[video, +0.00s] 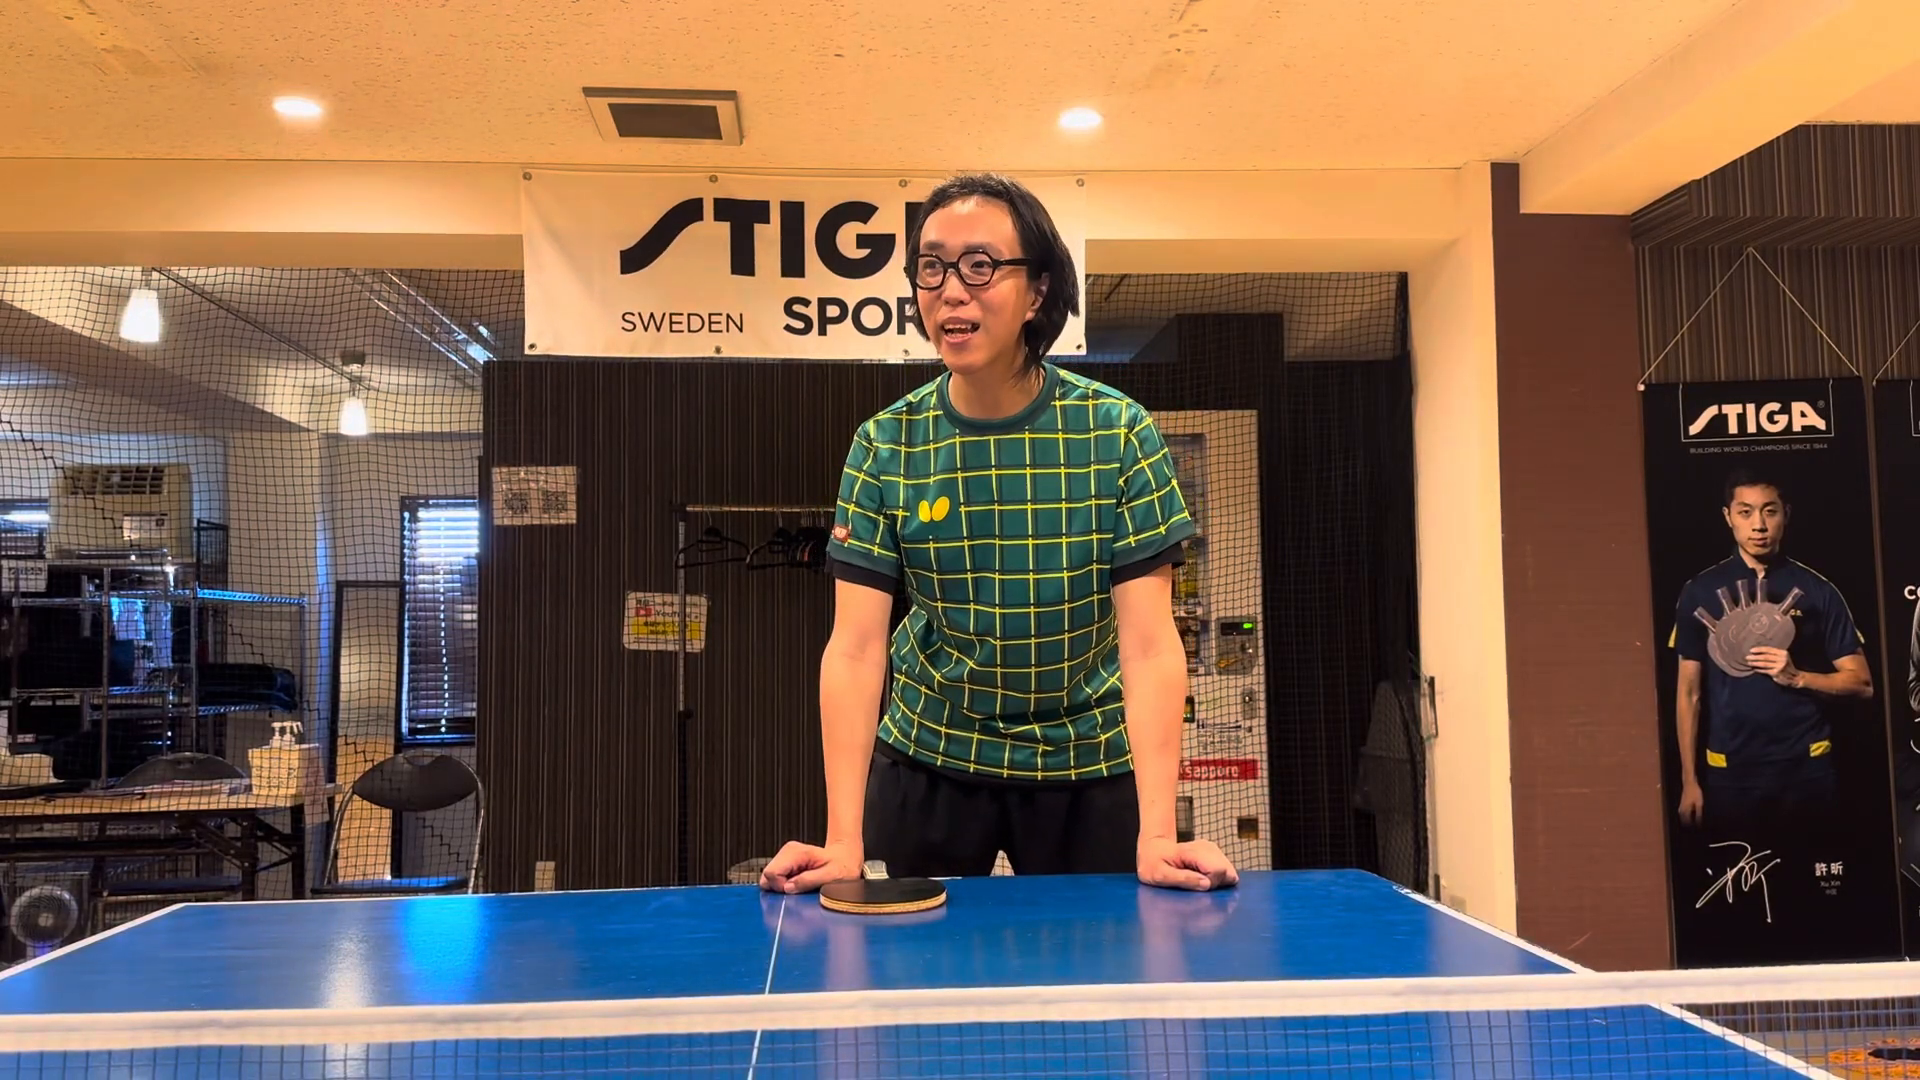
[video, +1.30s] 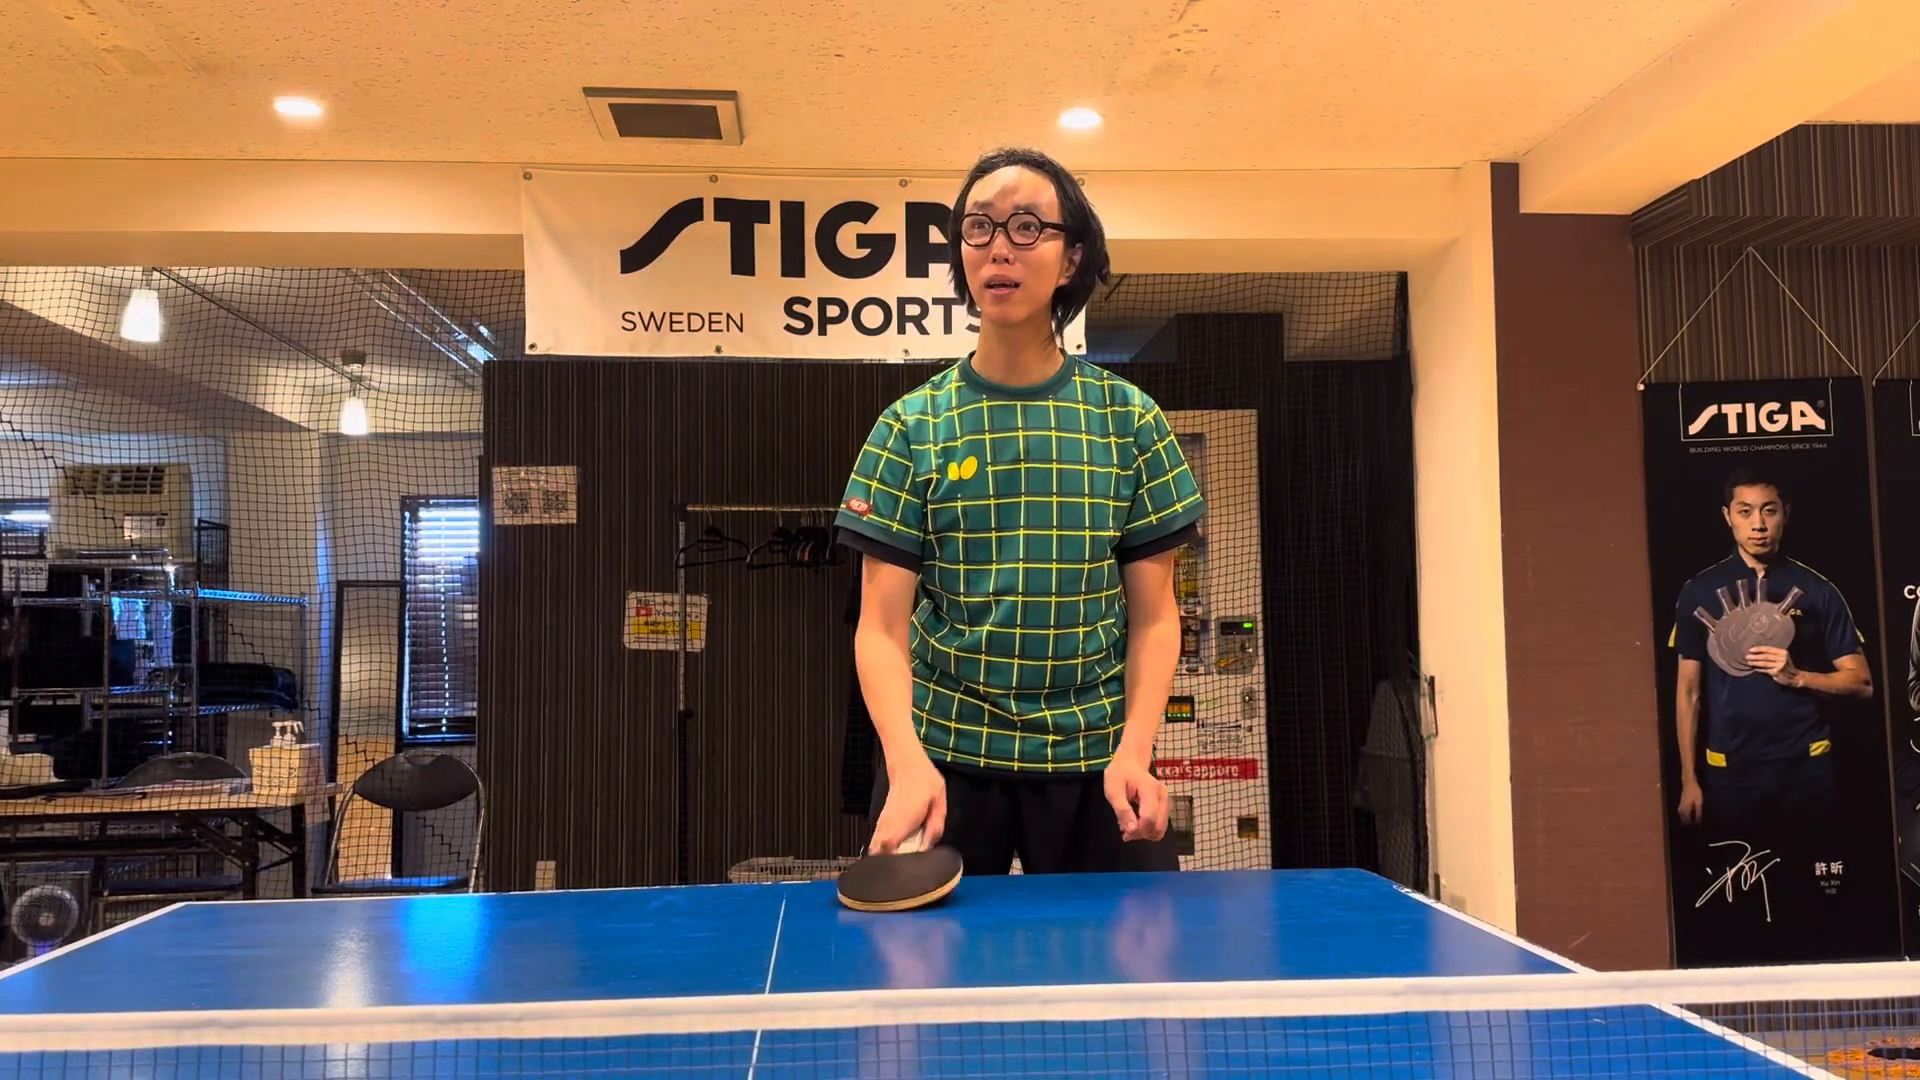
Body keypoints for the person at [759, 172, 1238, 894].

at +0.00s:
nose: (950, 293)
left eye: (980, 268)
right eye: (933, 269)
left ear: (1036, 292)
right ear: (916, 288)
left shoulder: (1117, 433)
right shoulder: (886, 446)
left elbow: (1150, 645)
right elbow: (855, 648)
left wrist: (1159, 833)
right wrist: (842, 842)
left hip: (1086, 770)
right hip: (927, 768)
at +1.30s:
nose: (1001, 248)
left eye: (1029, 228)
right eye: (982, 228)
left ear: (1071, 260)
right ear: (960, 254)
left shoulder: (1129, 420)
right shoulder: (913, 426)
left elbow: (1154, 614)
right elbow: (882, 627)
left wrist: (1135, 751)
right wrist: (906, 763)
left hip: (1095, 776)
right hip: (948, 776)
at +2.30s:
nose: (1010, 318)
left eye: (1034, 295)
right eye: (988, 294)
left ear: (1069, 310)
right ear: (960, 311)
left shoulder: (1120, 459)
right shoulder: (900, 464)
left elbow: (1158, 639)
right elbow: (831, 648)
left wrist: (1124, 641)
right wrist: (916, 708)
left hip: (1097, 800)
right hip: (929, 801)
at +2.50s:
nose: (1070, 329)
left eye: (1095, 307)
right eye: (1048, 304)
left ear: (1129, 321)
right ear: (1019, 317)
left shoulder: (1181, 453)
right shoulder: (964, 473)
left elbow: (1232, 661)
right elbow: (886, 649)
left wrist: (1186, 541)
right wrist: (938, 714)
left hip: (1154, 782)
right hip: (989, 779)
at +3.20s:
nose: (1032, 387)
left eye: (1058, 363)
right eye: (1010, 361)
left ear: (1096, 378)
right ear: (986, 374)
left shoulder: (1149, 493)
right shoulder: (933, 513)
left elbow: (1203, 684)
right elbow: (869, 694)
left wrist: (1162, 623)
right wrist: (898, 767)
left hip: (1121, 792)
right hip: (962, 796)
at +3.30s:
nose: (1028, 394)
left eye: (1053, 369)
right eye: (1006, 367)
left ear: (1091, 383)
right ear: (982, 380)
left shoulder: (1149, 502)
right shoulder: (927, 521)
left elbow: (1202, 651)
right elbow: (873, 692)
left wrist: (1156, 668)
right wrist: (876, 760)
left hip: (1123, 811)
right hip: (956, 813)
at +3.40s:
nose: (1030, 400)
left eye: (1056, 371)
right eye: (1007, 370)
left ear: (1094, 383)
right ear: (983, 383)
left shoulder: (1149, 505)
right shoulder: (930, 522)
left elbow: (1197, 651)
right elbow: (879, 682)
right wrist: (862, 758)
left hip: (1110, 812)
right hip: (953, 808)